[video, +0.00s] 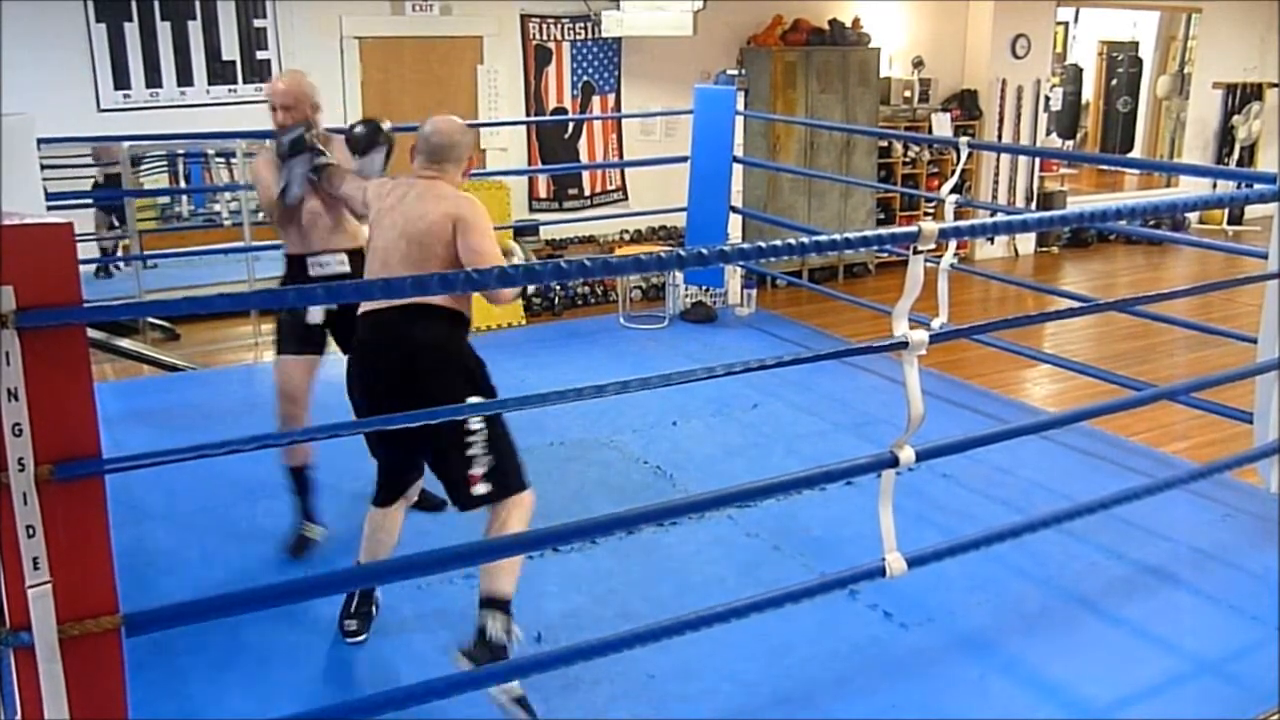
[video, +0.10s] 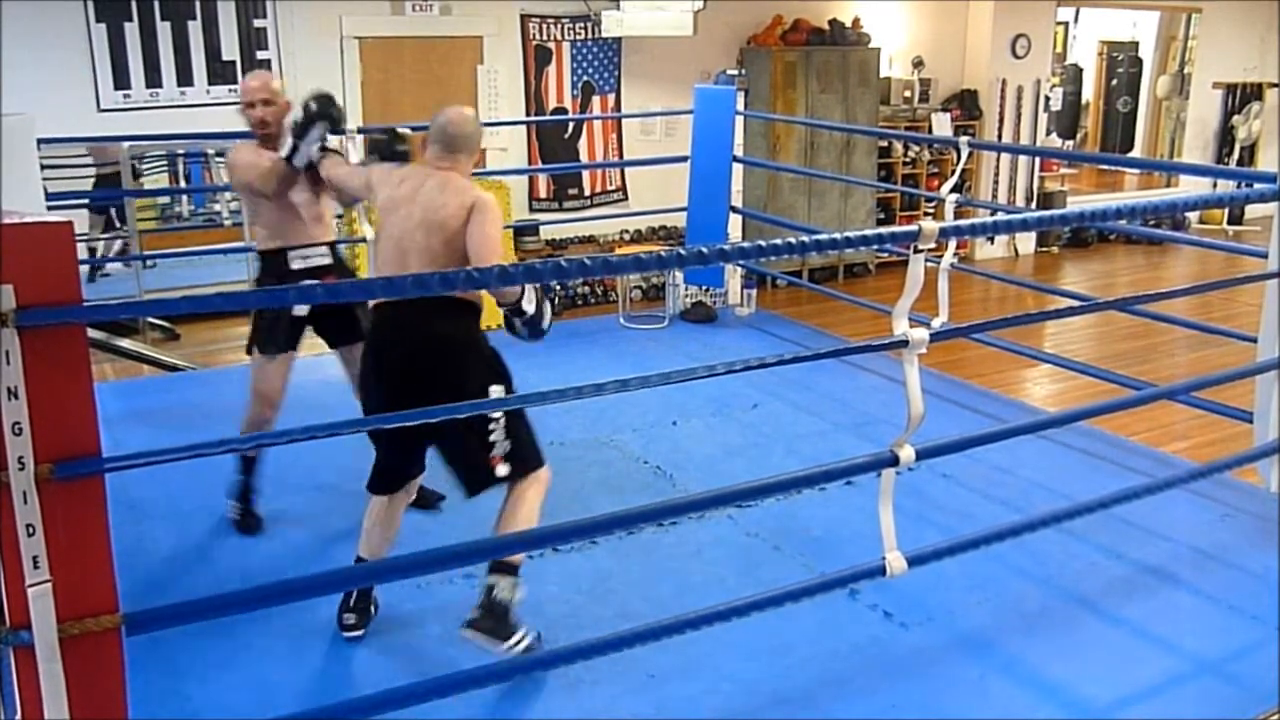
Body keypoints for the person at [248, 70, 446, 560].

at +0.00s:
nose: (279, 117)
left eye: (287, 109)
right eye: (273, 109)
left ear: (311, 108)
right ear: (268, 110)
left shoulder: (344, 146)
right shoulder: (266, 158)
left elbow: (365, 210)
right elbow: (279, 216)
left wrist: (364, 165)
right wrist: (293, 167)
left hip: (354, 271)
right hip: (301, 276)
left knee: (383, 377)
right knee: (290, 396)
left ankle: (407, 479)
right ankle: (307, 516)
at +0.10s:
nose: (257, 114)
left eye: (266, 103)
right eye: (249, 106)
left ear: (287, 105)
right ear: (242, 111)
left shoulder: (314, 148)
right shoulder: (241, 156)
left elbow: (349, 195)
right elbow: (273, 184)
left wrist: (368, 162)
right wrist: (304, 141)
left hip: (331, 269)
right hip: (280, 277)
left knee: (371, 381)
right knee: (265, 403)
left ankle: (403, 479)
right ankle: (244, 495)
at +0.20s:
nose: (241, 123)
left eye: (248, 114)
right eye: (232, 116)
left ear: (264, 112)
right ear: (220, 119)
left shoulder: (292, 157)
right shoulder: (215, 165)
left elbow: (331, 206)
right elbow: (251, 196)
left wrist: (370, 190)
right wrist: (269, 138)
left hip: (300, 275)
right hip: (250, 284)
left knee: (350, 383)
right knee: (248, 407)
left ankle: (399, 478)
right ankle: (227, 492)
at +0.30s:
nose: (241, 120)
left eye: (247, 111)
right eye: (231, 113)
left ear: (255, 106)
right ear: (209, 112)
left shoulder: (270, 156)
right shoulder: (197, 160)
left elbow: (306, 209)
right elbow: (214, 209)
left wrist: (352, 193)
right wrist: (233, 160)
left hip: (276, 269)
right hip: (229, 276)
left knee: (327, 370)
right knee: (235, 394)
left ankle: (373, 467)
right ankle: (225, 491)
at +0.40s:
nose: (241, 104)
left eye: (245, 94)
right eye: (230, 96)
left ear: (249, 94)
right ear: (207, 99)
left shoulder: (252, 142)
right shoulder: (188, 146)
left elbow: (276, 202)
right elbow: (198, 216)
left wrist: (316, 183)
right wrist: (222, 171)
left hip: (257, 254)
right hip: (213, 261)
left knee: (305, 348)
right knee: (227, 378)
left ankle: (307, 445)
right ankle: (225, 487)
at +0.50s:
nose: (238, 106)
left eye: (241, 96)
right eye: (229, 98)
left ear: (242, 96)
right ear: (202, 100)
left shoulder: (239, 143)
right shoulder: (179, 150)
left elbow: (253, 206)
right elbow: (188, 224)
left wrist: (286, 183)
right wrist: (224, 183)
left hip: (244, 253)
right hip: (202, 262)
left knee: (273, 343)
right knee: (217, 374)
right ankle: (222, 484)